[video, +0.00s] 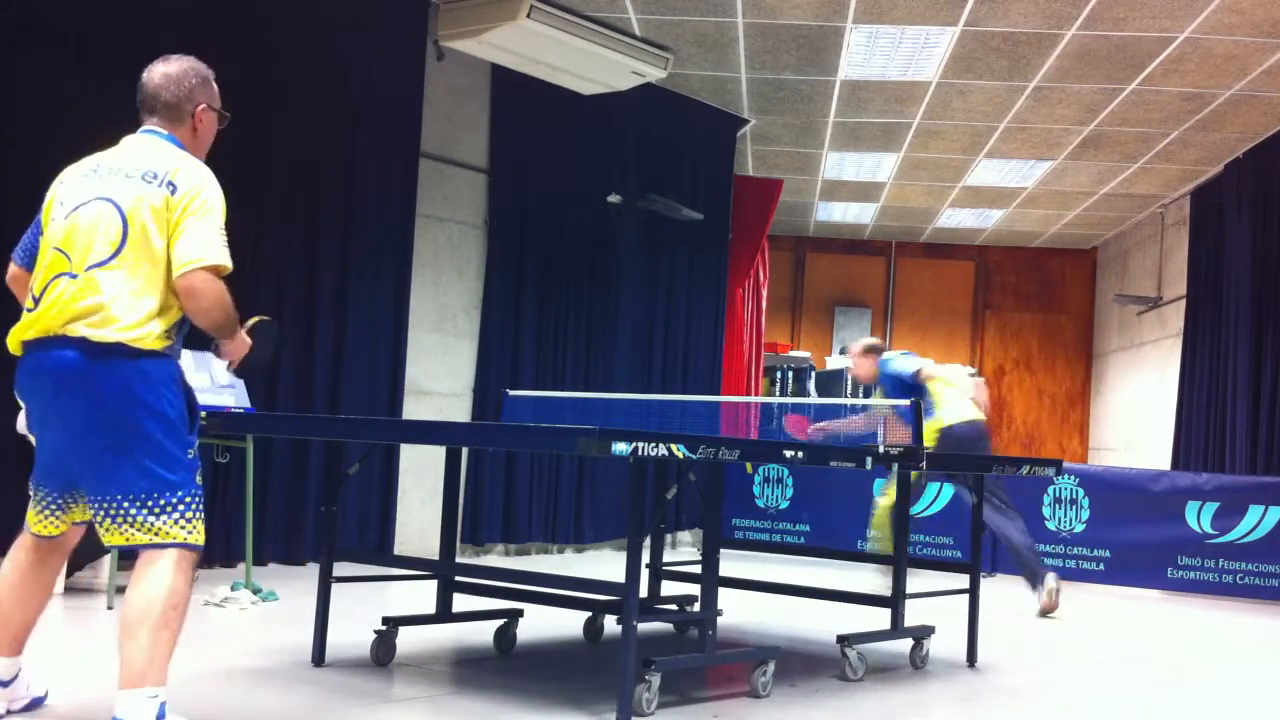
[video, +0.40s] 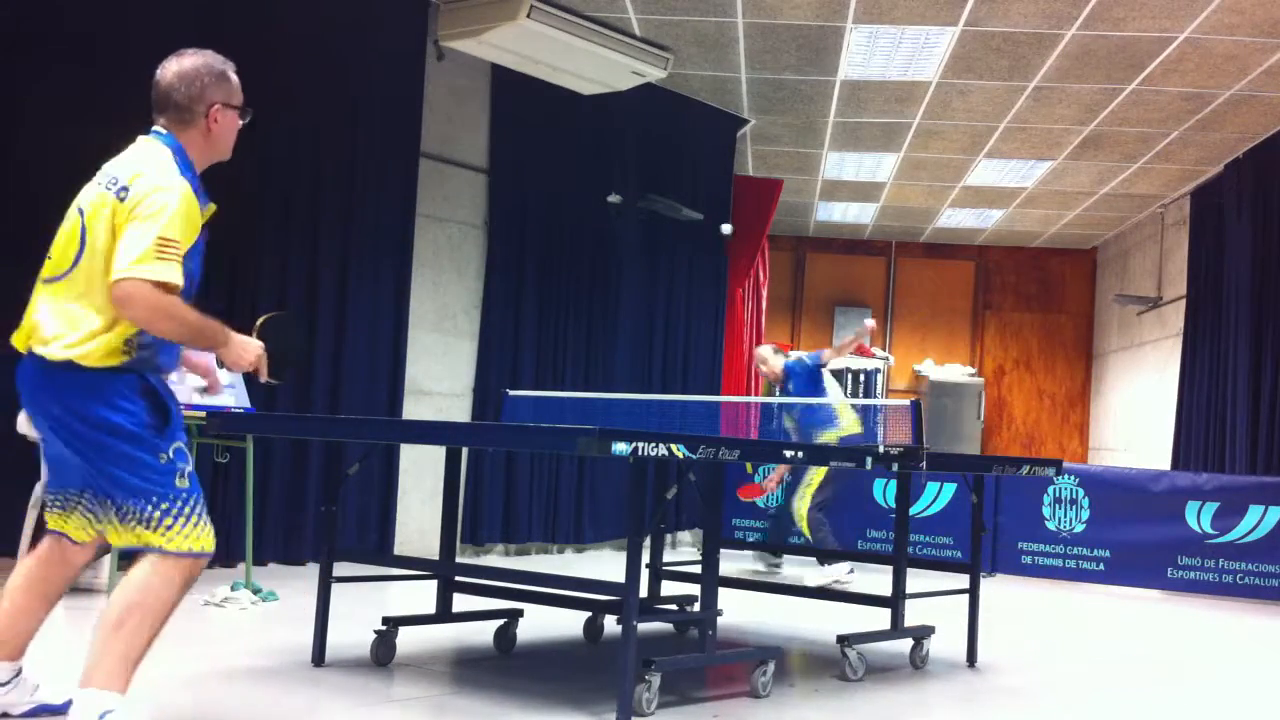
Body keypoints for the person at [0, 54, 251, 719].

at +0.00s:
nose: (216, 127)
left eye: (217, 115)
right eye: (216, 115)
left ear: (145, 112)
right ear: (199, 116)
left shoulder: (77, 172)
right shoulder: (193, 180)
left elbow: (20, 272)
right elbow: (197, 283)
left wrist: (75, 323)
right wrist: (230, 335)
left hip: (45, 366)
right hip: (129, 369)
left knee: (49, 527)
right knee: (171, 541)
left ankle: (1, 675)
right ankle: (140, 710)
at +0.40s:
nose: (241, 123)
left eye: (241, 111)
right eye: (239, 111)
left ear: (172, 112)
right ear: (212, 116)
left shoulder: (129, 163)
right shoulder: (166, 185)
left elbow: (91, 283)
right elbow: (135, 295)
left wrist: (178, 352)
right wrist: (226, 340)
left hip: (52, 368)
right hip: (96, 376)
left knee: (76, 534)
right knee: (184, 543)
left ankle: (2, 674)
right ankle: (97, 704)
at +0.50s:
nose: (252, 117)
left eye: (252, 104)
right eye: (248, 103)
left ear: (192, 106)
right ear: (221, 109)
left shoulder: (164, 169)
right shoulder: (159, 182)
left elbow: (160, 294)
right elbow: (119, 299)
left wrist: (224, 339)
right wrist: (227, 339)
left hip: (108, 377)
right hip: (113, 381)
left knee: (108, 539)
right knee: (179, 551)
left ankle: (15, 671)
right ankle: (87, 708)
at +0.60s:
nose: (278, 115)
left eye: (277, 102)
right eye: (271, 100)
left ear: (228, 103)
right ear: (234, 102)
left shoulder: (235, 181)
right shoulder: (146, 178)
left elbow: (255, 279)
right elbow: (96, 297)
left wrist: (284, 334)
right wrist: (211, 358)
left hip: (183, 378)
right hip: (120, 374)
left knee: (188, 548)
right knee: (168, 546)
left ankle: (82, 665)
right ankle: (84, 702)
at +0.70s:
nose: (314, 121)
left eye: (313, 106)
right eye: (305, 106)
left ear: (266, 110)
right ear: (265, 109)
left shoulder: (282, 187)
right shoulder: (159, 183)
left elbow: (337, 268)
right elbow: (90, 288)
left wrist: (348, 317)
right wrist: (166, 382)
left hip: (225, 392)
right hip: (143, 386)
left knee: (261, 539)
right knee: (178, 553)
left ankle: (164, 660)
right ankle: (81, 705)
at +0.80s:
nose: (357, 129)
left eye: (356, 115)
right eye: (347, 114)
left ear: (308, 120)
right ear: (304, 118)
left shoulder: (331, 197)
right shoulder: (195, 190)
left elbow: (403, 261)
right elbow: (106, 282)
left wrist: (422, 303)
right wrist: (134, 378)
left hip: (277, 409)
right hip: (197, 405)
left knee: (332, 541)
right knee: (189, 565)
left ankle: (265, 672)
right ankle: (89, 706)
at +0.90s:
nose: (408, 139)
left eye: (406, 124)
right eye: (398, 124)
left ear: (360, 134)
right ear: (352, 132)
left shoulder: (383, 213)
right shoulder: (251, 195)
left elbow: (458, 270)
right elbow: (152, 260)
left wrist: (477, 294)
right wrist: (168, 319)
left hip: (323, 421)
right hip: (234, 418)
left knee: (405, 542)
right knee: (207, 587)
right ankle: (100, 707)